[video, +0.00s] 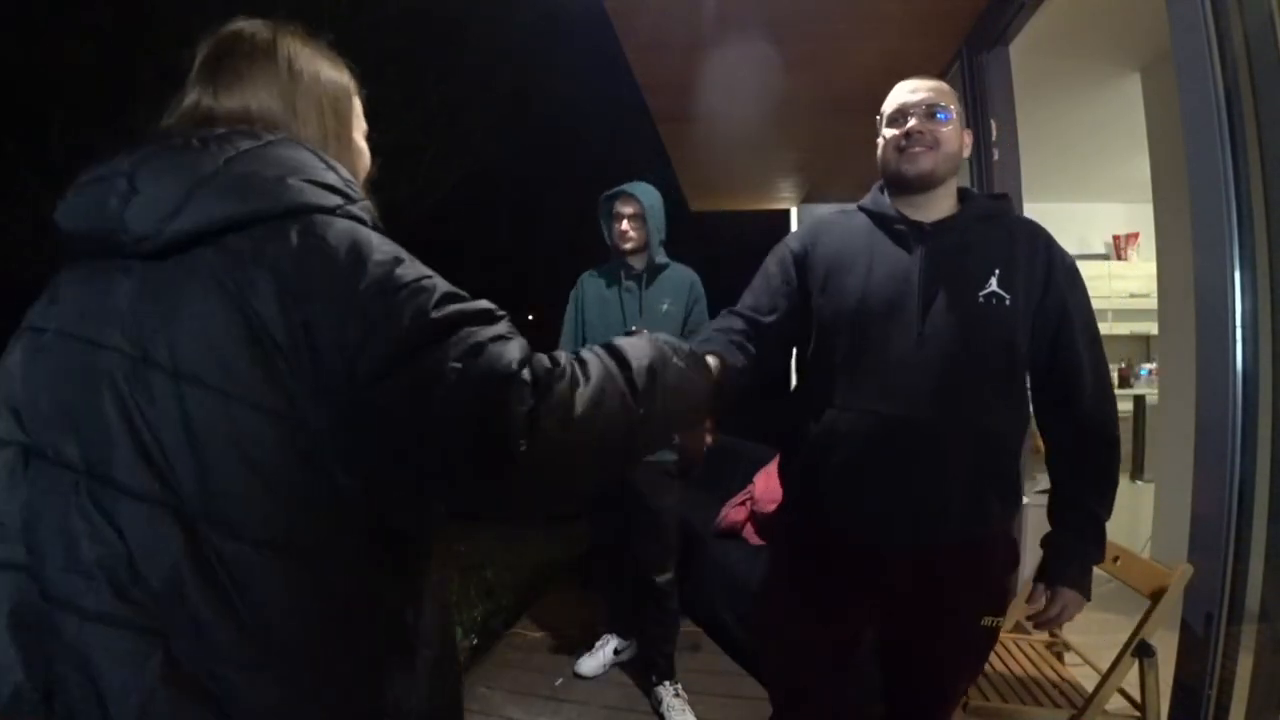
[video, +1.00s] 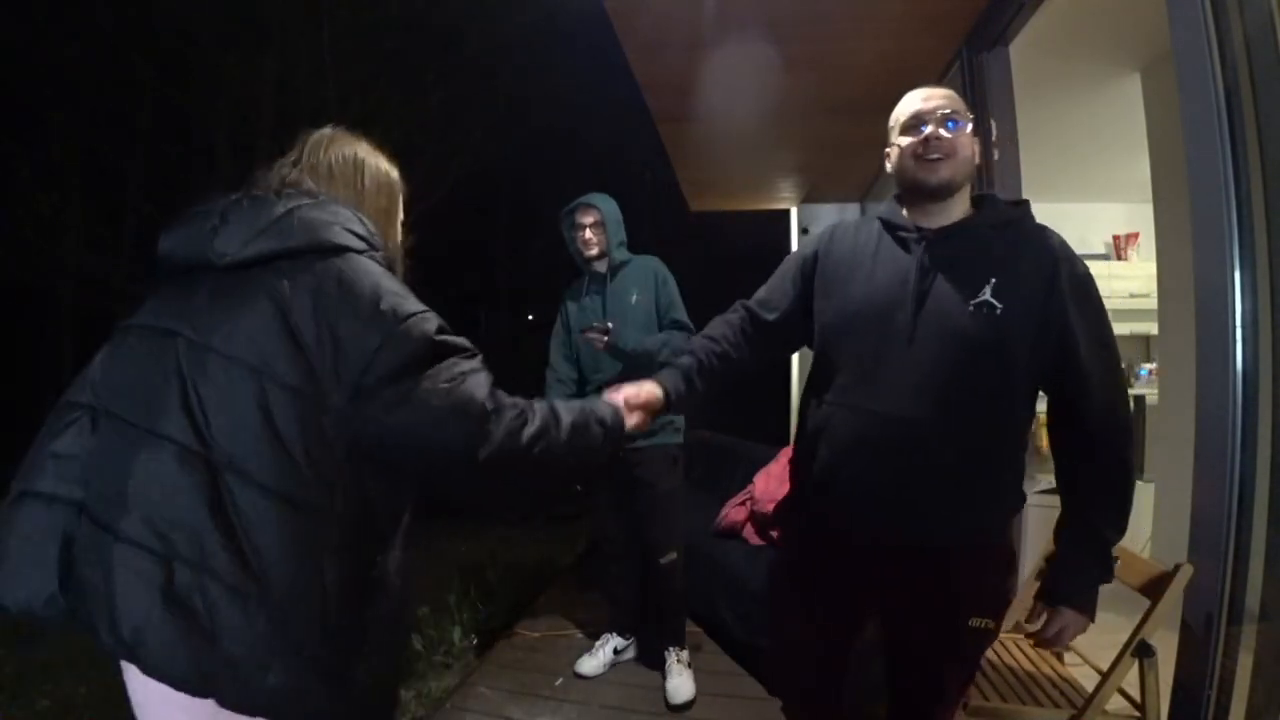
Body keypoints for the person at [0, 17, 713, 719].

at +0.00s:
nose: (367, 166)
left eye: (365, 144)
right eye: (358, 143)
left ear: (202, 125)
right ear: (319, 136)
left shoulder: (67, 292)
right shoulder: (326, 263)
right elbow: (522, 416)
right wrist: (683, 376)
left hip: (75, 687)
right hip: (309, 684)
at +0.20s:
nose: (404, 166)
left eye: (401, 144)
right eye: (397, 143)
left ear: (240, 119)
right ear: (365, 137)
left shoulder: (111, 277)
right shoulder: (390, 262)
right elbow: (593, 357)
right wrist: (673, 245)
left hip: (114, 682)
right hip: (335, 683)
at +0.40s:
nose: (424, 188)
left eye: (422, 170)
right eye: (418, 167)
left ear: (269, 134)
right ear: (393, 157)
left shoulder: (133, 275)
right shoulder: (391, 267)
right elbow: (582, 406)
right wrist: (660, 292)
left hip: (97, 672)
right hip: (333, 674)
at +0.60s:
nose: (422, 195)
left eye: (421, 181)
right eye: (420, 179)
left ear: (295, 146)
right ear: (400, 170)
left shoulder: (167, 256)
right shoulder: (390, 269)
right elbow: (577, 390)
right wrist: (646, 287)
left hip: (62, 641)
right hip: (286, 667)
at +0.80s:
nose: (406, 215)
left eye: (405, 200)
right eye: (402, 198)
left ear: (283, 167)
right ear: (380, 188)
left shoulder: (178, 269)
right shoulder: (371, 275)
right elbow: (540, 398)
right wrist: (635, 320)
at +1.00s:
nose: (397, 235)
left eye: (397, 220)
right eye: (393, 218)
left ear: (288, 187)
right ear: (367, 208)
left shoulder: (205, 270)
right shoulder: (348, 285)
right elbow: (474, 428)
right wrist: (606, 419)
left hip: (145, 608)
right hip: (251, 638)